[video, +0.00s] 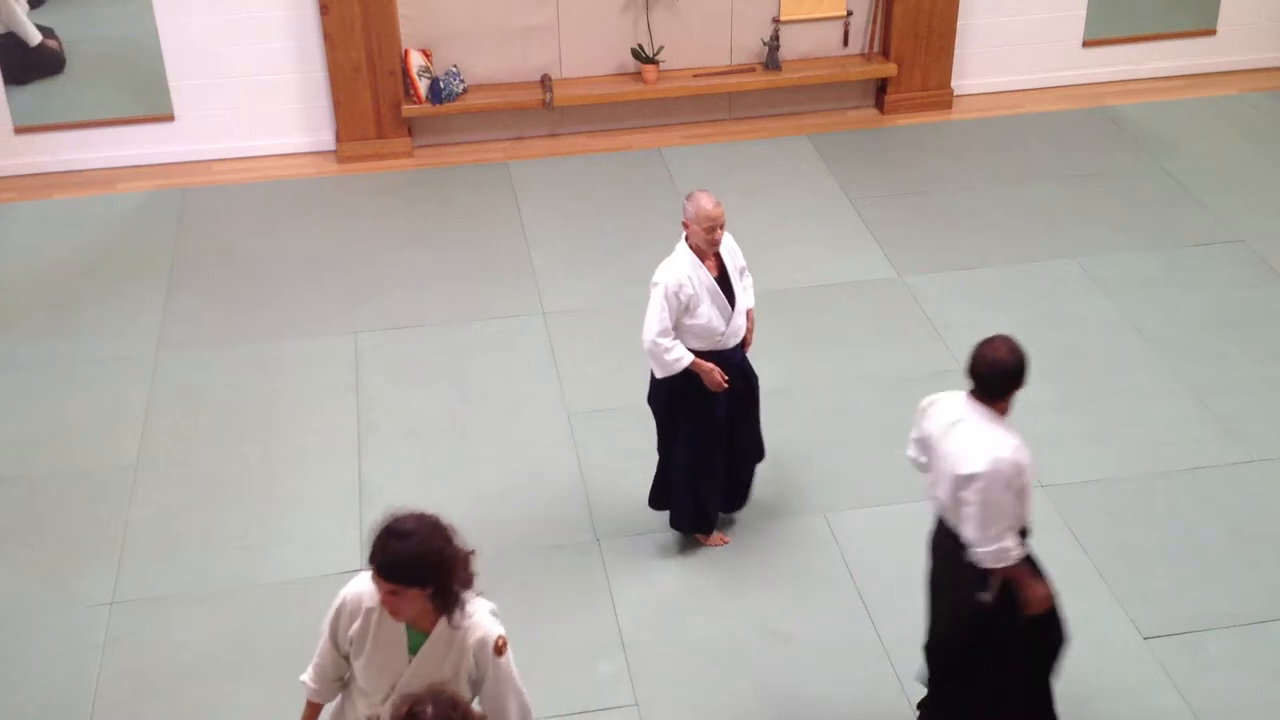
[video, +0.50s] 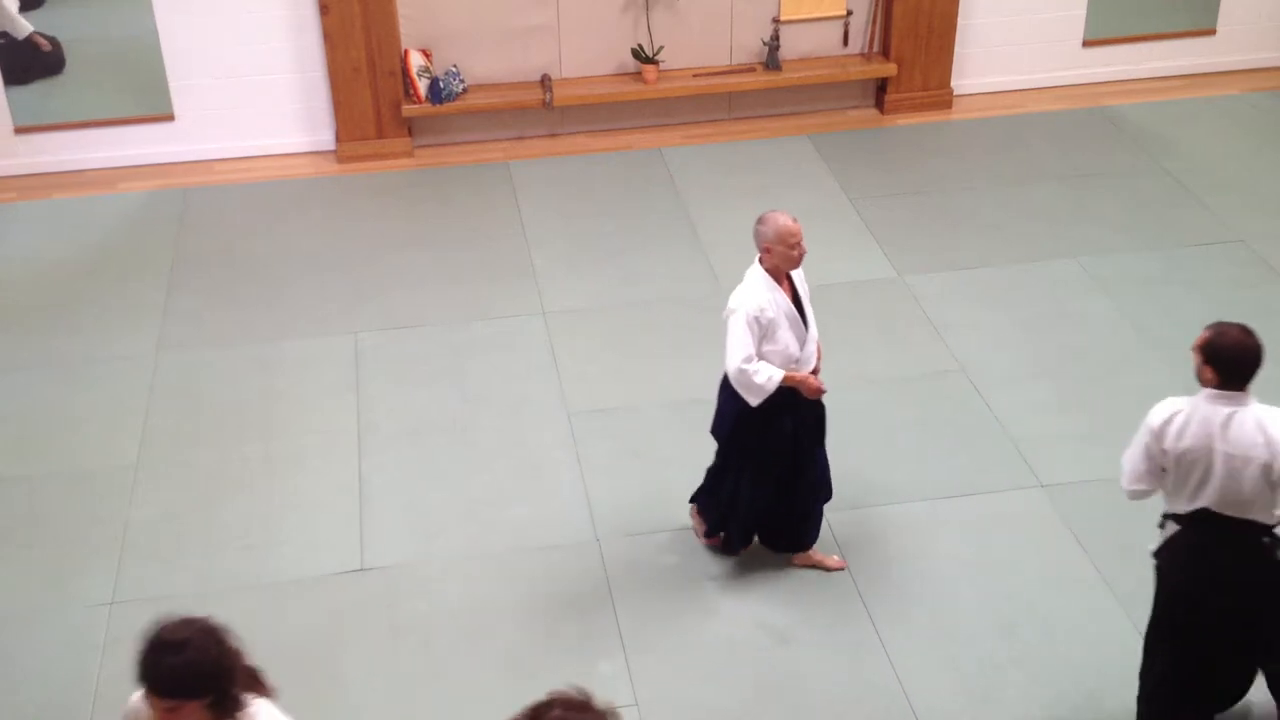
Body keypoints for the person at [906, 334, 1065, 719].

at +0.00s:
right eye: (1018, 375)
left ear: (970, 372)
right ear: (1016, 386)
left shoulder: (939, 407)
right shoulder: (997, 457)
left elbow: (920, 457)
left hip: (946, 542)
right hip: (993, 563)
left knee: (952, 636)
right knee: (1039, 638)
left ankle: (945, 702)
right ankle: (1017, 707)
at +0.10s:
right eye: (1069, 369)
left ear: (1022, 370)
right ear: (1070, 377)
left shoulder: (990, 406)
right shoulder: (1073, 449)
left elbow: (960, 457)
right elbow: (1073, 534)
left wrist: (1008, 467)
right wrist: (1112, 550)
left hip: (1009, 542)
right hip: (1056, 559)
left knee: (1017, 631)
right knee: (1110, 636)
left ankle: (963, 704)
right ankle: (1114, 706)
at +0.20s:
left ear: (1074, 380)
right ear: (1123, 386)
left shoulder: (1041, 424)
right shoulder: (1127, 456)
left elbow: (1010, 478)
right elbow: (1148, 536)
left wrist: (1059, 479)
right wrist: (1187, 542)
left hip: (1063, 562)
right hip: (1112, 577)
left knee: (1086, 660)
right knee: (1155, 668)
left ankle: (1026, 702)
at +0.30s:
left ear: (1121, 374)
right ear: (1170, 378)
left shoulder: (1086, 421)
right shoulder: (1181, 444)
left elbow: (1062, 486)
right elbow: (1201, 528)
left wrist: (1110, 476)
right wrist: (1237, 540)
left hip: (1107, 550)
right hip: (1160, 564)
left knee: (1132, 646)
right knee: (1203, 644)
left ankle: (1132, 707)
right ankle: (1173, 709)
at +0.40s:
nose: (1158, 361)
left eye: (1159, 356)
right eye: (1161, 355)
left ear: (1165, 366)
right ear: (1213, 368)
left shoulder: (1126, 414)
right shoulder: (1234, 430)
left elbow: (1098, 477)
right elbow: (1256, 517)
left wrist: (1147, 460)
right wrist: (1278, 544)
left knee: (1152, 665)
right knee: (1246, 656)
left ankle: (1152, 713)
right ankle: (1259, 707)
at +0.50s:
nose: (1192, 354)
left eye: (1197, 352)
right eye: (1196, 348)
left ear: (1210, 372)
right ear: (1250, 369)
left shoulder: (1169, 418)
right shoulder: (1272, 425)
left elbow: (1135, 485)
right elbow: (1276, 496)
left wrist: (1176, 459)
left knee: (1171, 660)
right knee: (1273, 659)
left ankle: (1164, 712)